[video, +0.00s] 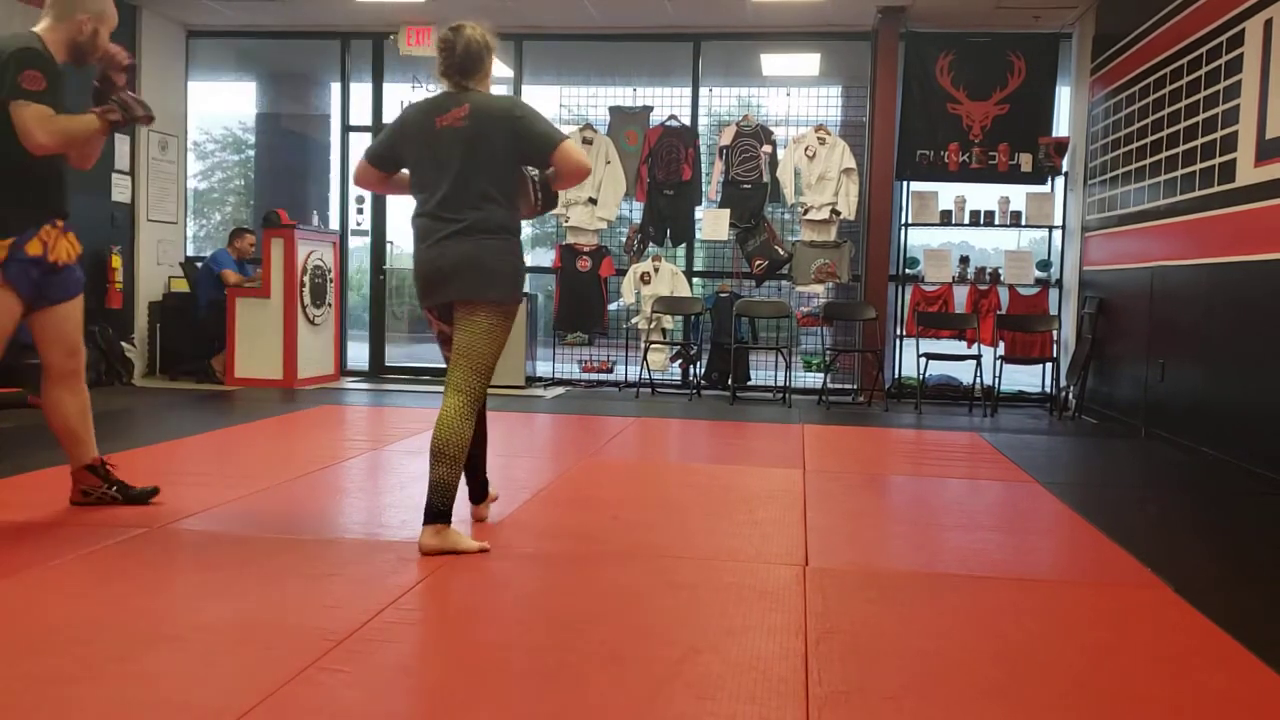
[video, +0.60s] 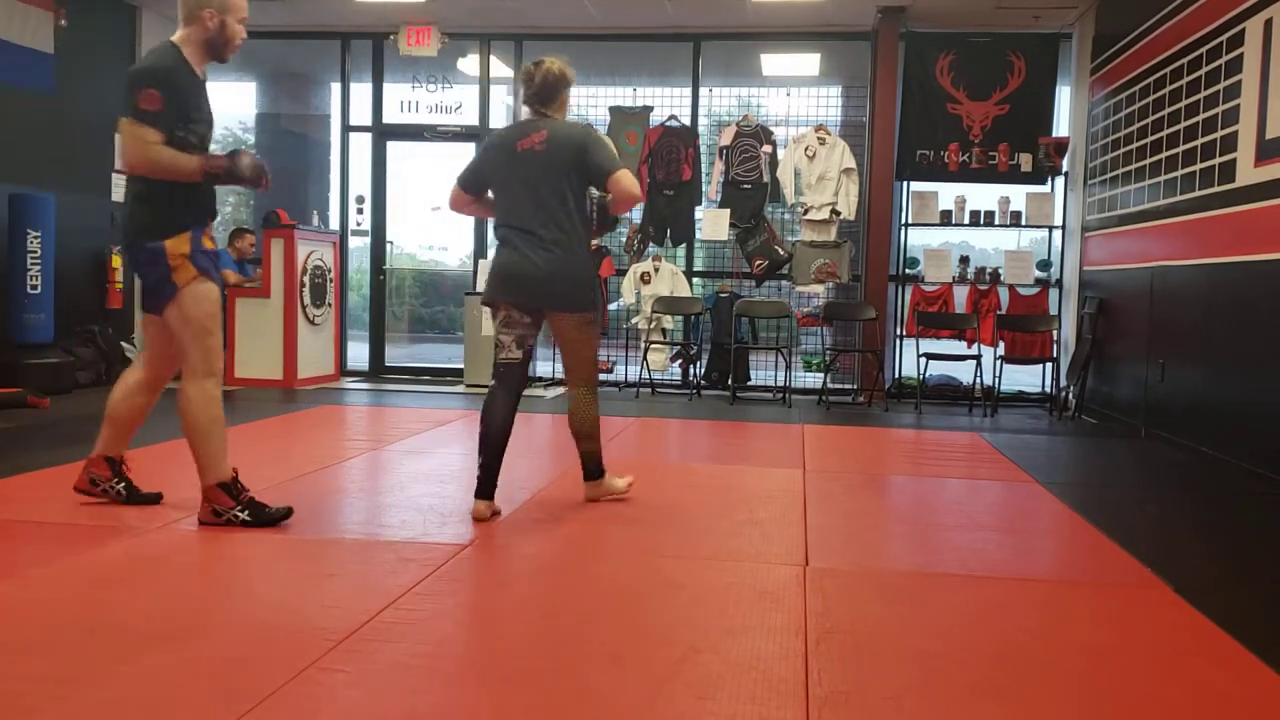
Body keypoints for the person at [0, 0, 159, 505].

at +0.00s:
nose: (108, 43)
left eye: (110, 33)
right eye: (108, 30)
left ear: (74, 19)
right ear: (83, 20)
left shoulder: (55, 71)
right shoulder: (22, 51)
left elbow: (83, 157)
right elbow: (38, 135)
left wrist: (108, 92)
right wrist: (108, 114)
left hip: (54, 238)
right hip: (13, 240)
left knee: (67, 364)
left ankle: (89, 474)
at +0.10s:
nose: (140, 39)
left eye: (142, 29)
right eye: (138, 26)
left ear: (107, 18)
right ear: (111, 18)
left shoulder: (83, 71)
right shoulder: (49, 54)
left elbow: (90, 149)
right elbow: (29, 129)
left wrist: (131, 115)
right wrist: (106, 140)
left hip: (85, 229)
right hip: (40, 230)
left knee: (85, 362)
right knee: (35, 360)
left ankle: (90, 475)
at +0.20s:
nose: (165, 35)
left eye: (167, 24)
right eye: (160, 21)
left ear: (127, 17)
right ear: (124, 13)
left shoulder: (114, 73)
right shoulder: (69, 52)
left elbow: (106, 150)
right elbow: (24, 120)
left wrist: (150, 138)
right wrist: (104, 141)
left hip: (106, 218)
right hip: (70, 218)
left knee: (104, 351)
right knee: (94, 348)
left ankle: (92, 475)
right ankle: (7, 444)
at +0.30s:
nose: (184, 32)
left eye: (186, 21)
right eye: (179, 18)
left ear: (144, 15)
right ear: (141, 9)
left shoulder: (142, 79)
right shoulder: (88, 49)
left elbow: (140, 160)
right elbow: (30, 115)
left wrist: (172, 132)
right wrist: (119, 131)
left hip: (119, 217)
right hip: (91, 216)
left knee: (99, 357)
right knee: (142, 337)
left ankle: (93, 475)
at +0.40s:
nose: (201, 32)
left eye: (203, 22)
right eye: (195, 19)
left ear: (168, 18)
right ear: (158, 12)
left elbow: (162, 171)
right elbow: (51, 130)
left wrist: (193, 146)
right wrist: (127, 137)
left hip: (138, 223)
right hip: (112, 225)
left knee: (103, 361)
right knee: (162, 352)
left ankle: (92, 476)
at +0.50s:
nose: (221, 35)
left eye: (222, 25)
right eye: (215, 23)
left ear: (183, 22)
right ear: (179, 18)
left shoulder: (181, 80)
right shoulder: (127, 68)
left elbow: (172, 154)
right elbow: (84, 145)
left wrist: (213, 171)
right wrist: (155, 161)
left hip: (156, 234)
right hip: (142, 235)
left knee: (121, 362)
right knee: (185, 360)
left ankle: (94, 475)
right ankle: (213, 491)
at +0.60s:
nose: (245, 35)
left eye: (245, 24)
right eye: (241, 22)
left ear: (208, 21)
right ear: (209, 19)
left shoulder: (185, 75)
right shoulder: (159, 71)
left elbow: (168, 156)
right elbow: (136, 155)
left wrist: (226, 165)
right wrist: (218, 166)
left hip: (173, 234)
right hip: (173, 236)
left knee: (156, 363)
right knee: (204, 364)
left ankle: (101, 468)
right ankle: (220, 494)